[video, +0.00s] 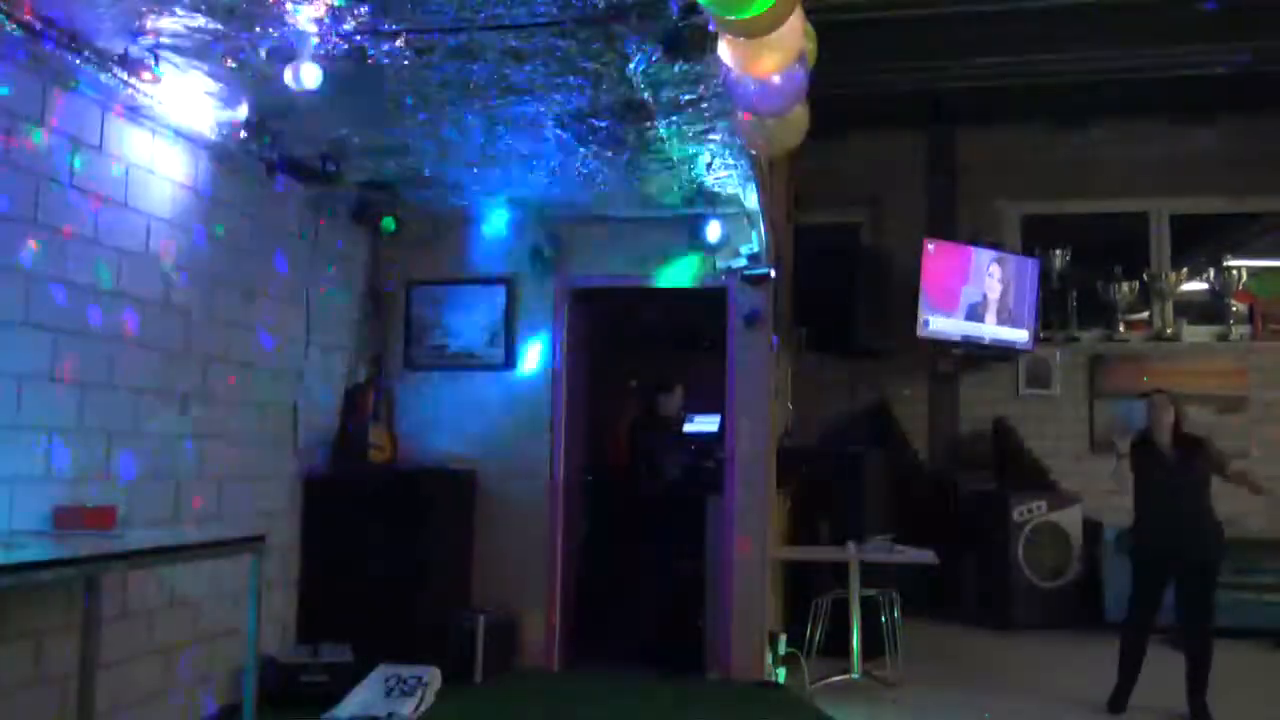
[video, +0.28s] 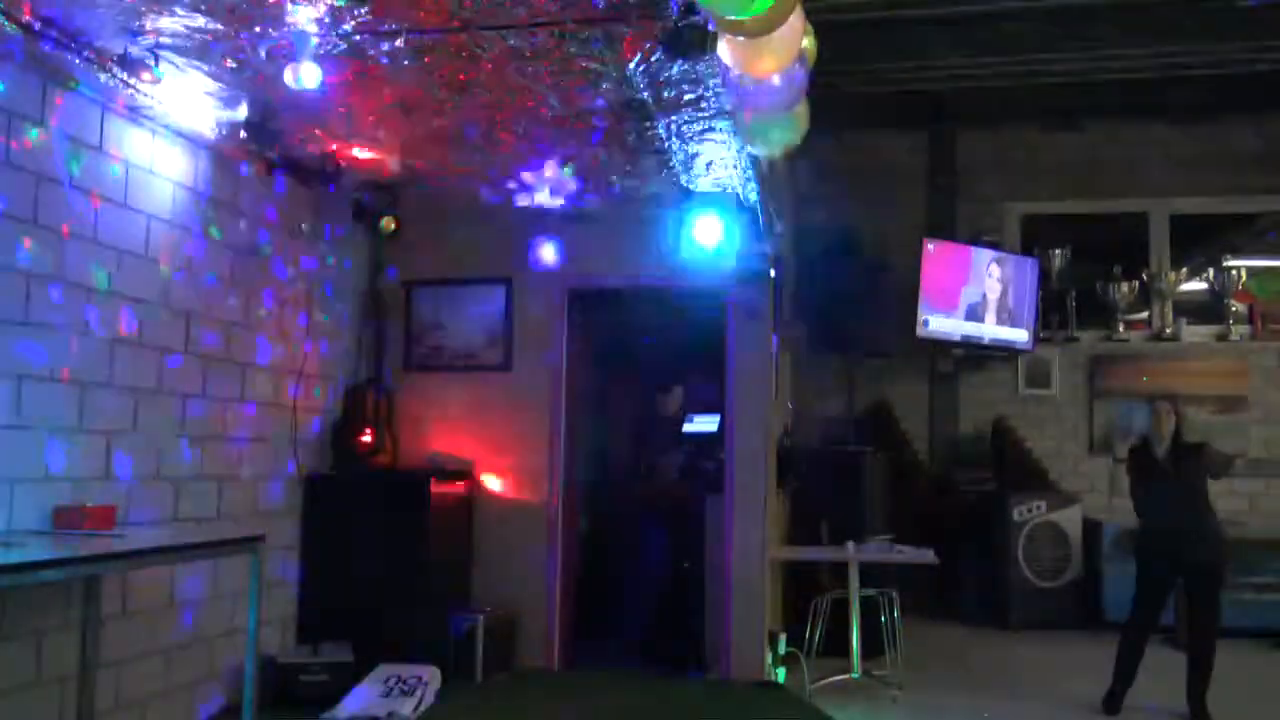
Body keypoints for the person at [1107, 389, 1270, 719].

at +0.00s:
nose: (1159, 415)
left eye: (1165, 408)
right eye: (1153, 409)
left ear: (1176, 413)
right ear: (1147, 415)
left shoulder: (1196, 446)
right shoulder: (1140, 447)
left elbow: (1226, 470)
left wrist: (1252, 484)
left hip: (1197, 547)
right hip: (1152, 546)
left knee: (1197, 627)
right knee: (1137, 621)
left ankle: (1197, 700)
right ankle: (1122, 690)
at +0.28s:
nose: (1164, 421)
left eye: (1169, 415)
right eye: (1158, 415)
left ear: (1177, 421)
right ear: (1149, 420)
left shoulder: (1194, 452)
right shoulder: (1139, 455)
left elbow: (1226, 464)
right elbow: (1140, 503)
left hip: (1200, 551)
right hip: (1157, 551)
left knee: (1202, 629)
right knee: (1140, 622)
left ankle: (1198, 702)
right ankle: (1117, 693)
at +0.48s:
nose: (1154, 424)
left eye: (1160, 418)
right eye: (1149, 418)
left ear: (1170, 424)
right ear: (1140, 423)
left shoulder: (1182, 454)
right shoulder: (1130, 455)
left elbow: (1210, 471)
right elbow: (1129, 500)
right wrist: (1140, 532)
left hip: (1193, 552)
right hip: (1153, 553)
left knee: (1200, 632)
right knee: (1132, 625)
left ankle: (1196, 703)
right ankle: (1110, 695)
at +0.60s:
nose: (1147, 424)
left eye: (1153, 419)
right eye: (1141, 417)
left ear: (1162, 424)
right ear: (1131, 422)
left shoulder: (1175, 458)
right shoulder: (1118, 457)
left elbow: (1212, 483)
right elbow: (1120, 493)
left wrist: (1258, 500)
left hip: (1182, 552)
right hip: (1137, 553)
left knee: (1191, 628)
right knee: (1125, 624)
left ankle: (1196, 704)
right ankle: (1108, 698)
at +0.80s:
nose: (1133, 415)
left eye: (1139, 409)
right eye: (1128, 409)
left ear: (1149, 415)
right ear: (1117, 414)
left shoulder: (1165, 454)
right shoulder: (1101, 453)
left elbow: (1190, 486)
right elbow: (1098, 493)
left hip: (1160, 548)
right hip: (1116, 549)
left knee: (1176, 626)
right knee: (1112, 624)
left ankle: (1192, 703)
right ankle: (1107, 697)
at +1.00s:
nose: (1126, 417)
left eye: (1132, 412)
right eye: (1119, 412)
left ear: (1140, 416)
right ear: (1108, 416)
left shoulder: (1144, 450)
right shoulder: (1090, 450)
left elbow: (1149, 491)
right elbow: (1091, 494)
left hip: (1145, 545)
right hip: (1103, 547)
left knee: (1169, 625)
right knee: (1103, 625)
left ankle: (1190, 703)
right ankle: (1106, 698)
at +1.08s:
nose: (1125, 415)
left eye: (1130, 409)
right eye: (1118, 409)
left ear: (1138, 416)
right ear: (1105, 414)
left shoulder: (1138, 454)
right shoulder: (1087, 449)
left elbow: (1142, 508)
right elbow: (1086, 498)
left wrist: (1148, 544)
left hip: (1138, 547)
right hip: (1098, 548)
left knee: (1164, 620)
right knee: (1102, 625)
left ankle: (1184, 698)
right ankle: (1106, 697)